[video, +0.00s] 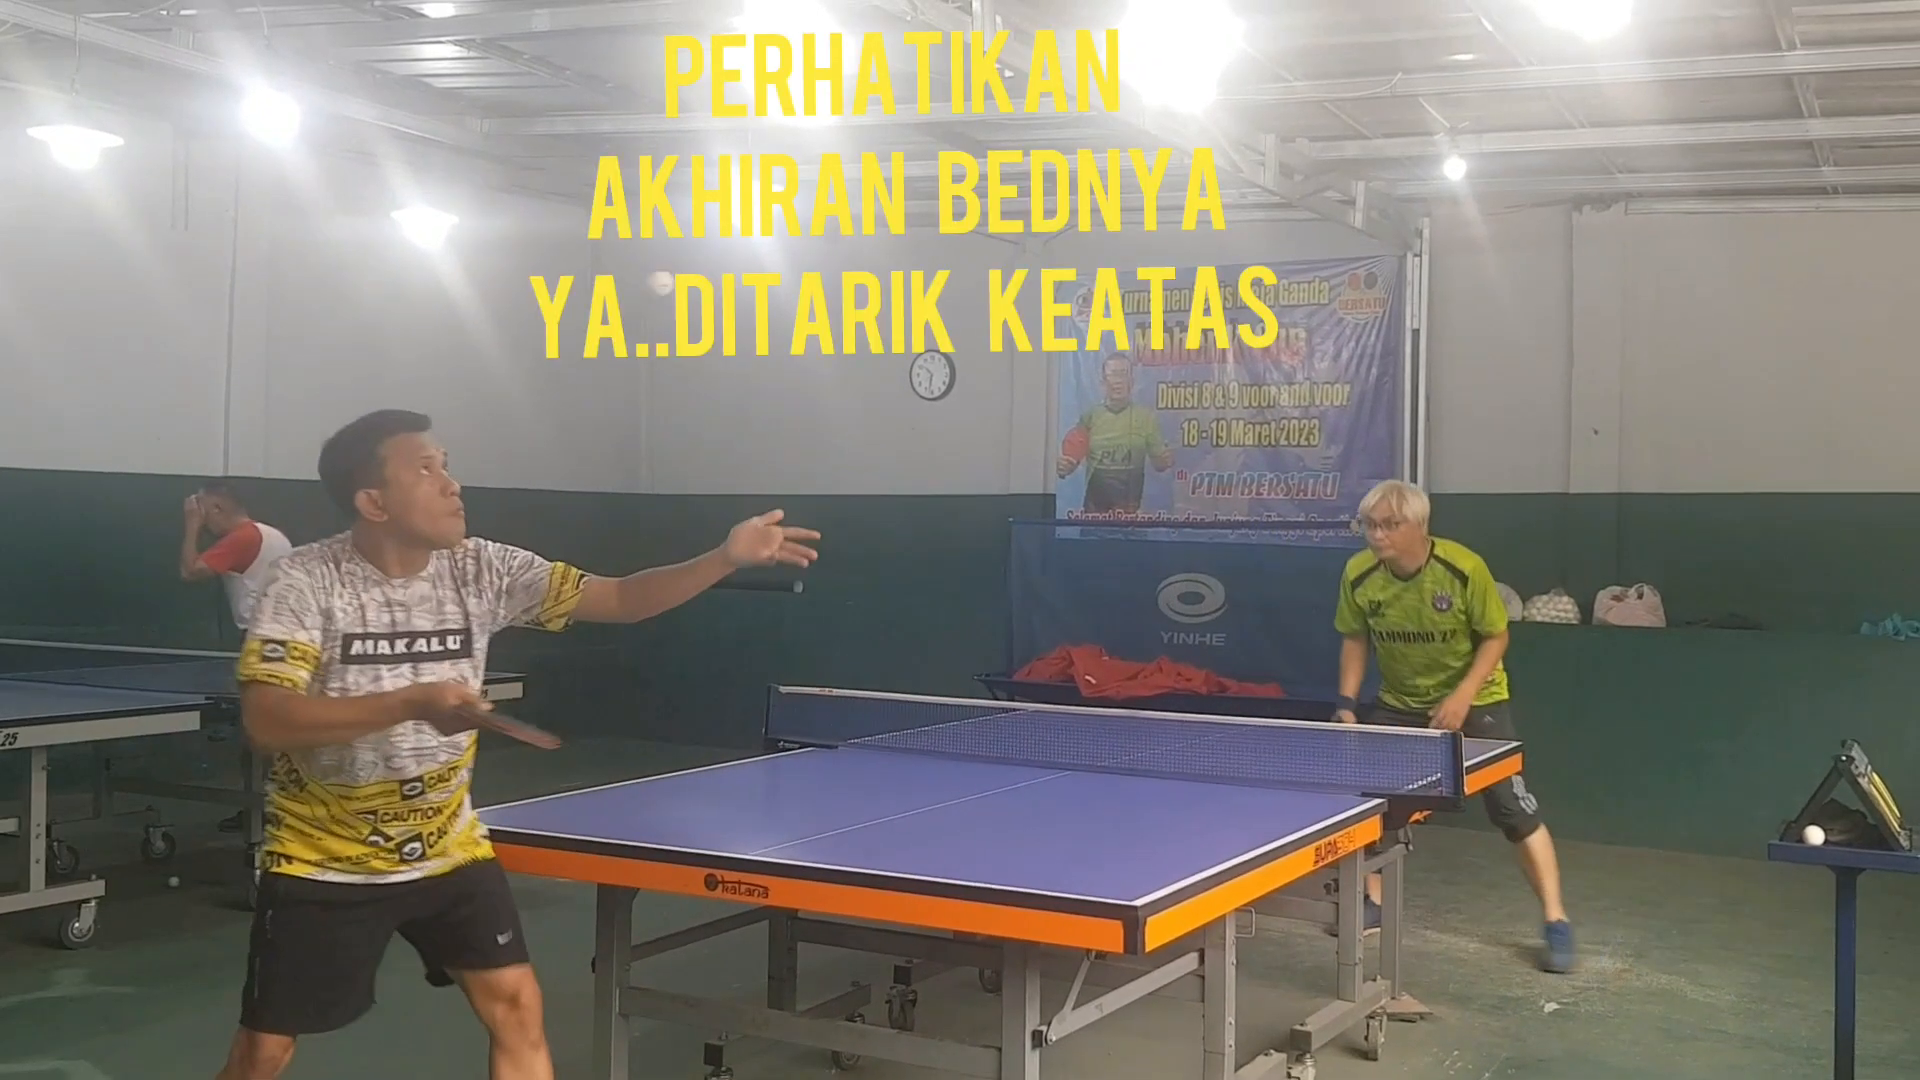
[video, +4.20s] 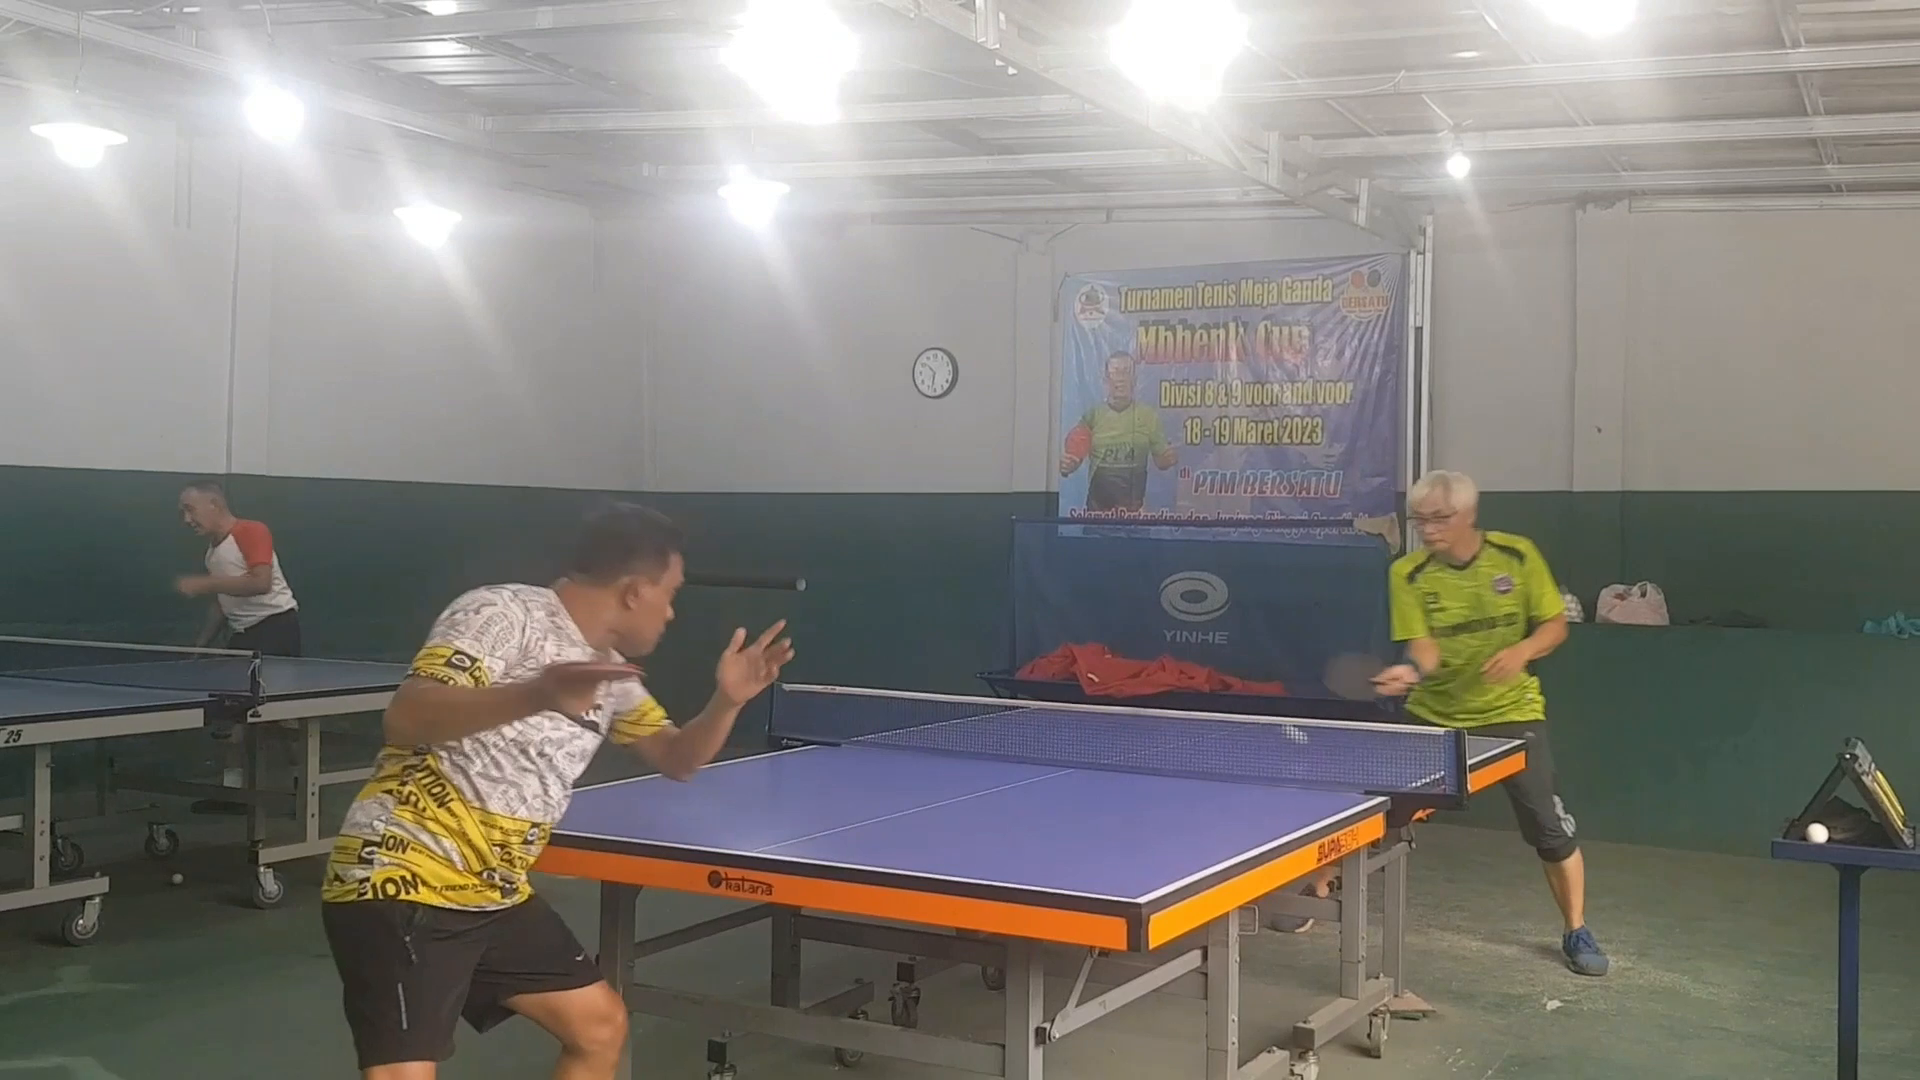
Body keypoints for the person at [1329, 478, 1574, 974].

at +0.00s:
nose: (1374, 535)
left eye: (1386, 525)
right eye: (1369, 525)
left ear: (1417, 527)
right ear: (1365, 529)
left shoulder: (1463, 569)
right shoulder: (1358, 576)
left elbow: (1496, 636)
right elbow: (1354, 639)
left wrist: (1462, 696)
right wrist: (1346, 704)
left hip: (1476, 701)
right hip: (1400, 705)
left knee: (1512, 804)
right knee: (1369, 799)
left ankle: (1556, 920)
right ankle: (1371, 900)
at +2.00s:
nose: (1352, 525)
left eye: (1364, 515)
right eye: (1346, 516)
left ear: (1395, 517)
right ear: (1343, 518)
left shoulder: (1439, 561)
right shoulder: (1334, 568)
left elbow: (1471, 630)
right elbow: (1318, 631)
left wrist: (1437, 675)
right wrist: (1289, 669)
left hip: (1441, 702)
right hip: (1363, 701)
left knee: (1485, 802)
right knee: (1315, 782)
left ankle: (1514, 910)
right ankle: (1310, 895)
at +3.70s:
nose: (1390, 530)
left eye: (1401, 519)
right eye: (1384, 521)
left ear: (1431, 518)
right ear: (1379, 524)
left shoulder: (1482, 561)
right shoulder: (1376, 574)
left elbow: (1519, 633)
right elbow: (1375, 649)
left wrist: (1480, 664)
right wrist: (1348, 671)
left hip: (1482, 718)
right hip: (1402, 718)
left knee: (1524, 814)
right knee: (1339, 789)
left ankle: (1575, 928)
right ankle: (1314, 894)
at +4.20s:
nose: (1428, 529)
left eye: (1439, 519)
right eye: (1421, 519)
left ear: (1468, 516)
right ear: (1414, 520)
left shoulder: (1518, 555)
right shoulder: (1407, 573)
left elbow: (1556, 626)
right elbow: (1424, 648)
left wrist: (1521, 652)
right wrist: (1411, 668)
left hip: (1511, 710)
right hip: (1433, 711)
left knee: (1546, 821)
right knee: (1366, 796)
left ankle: (1577, 931)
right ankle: (1318, 889)